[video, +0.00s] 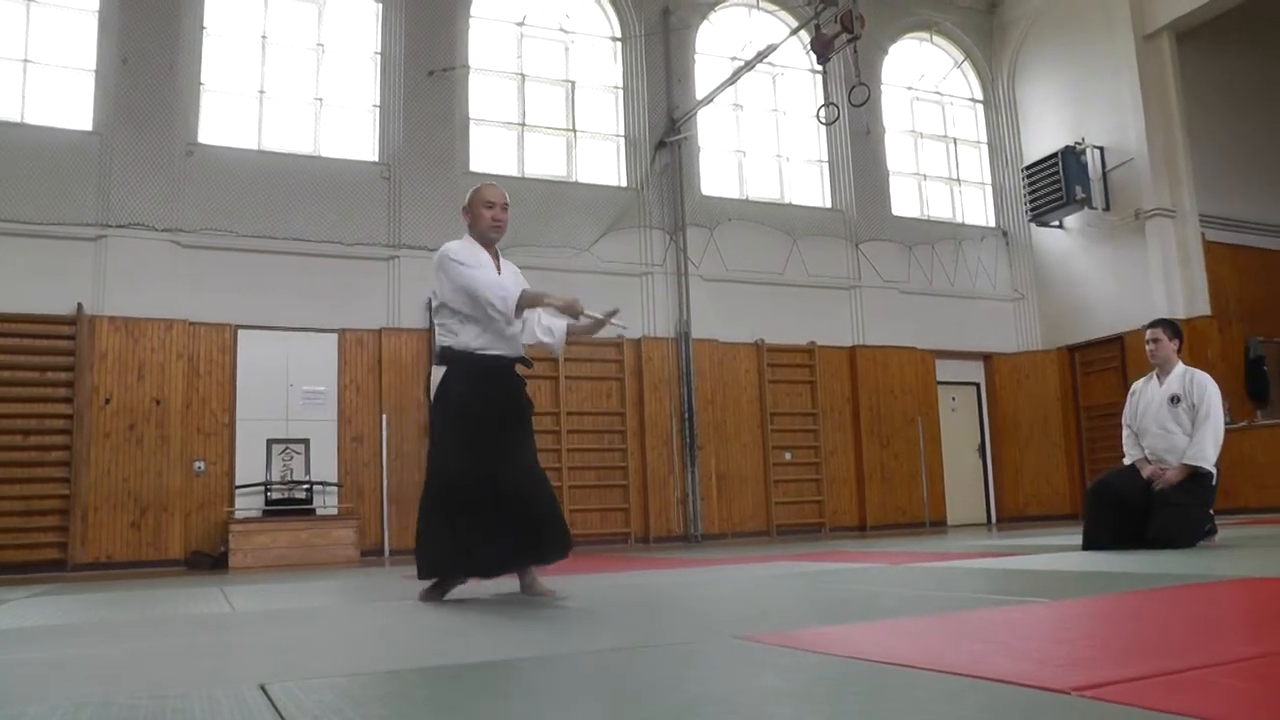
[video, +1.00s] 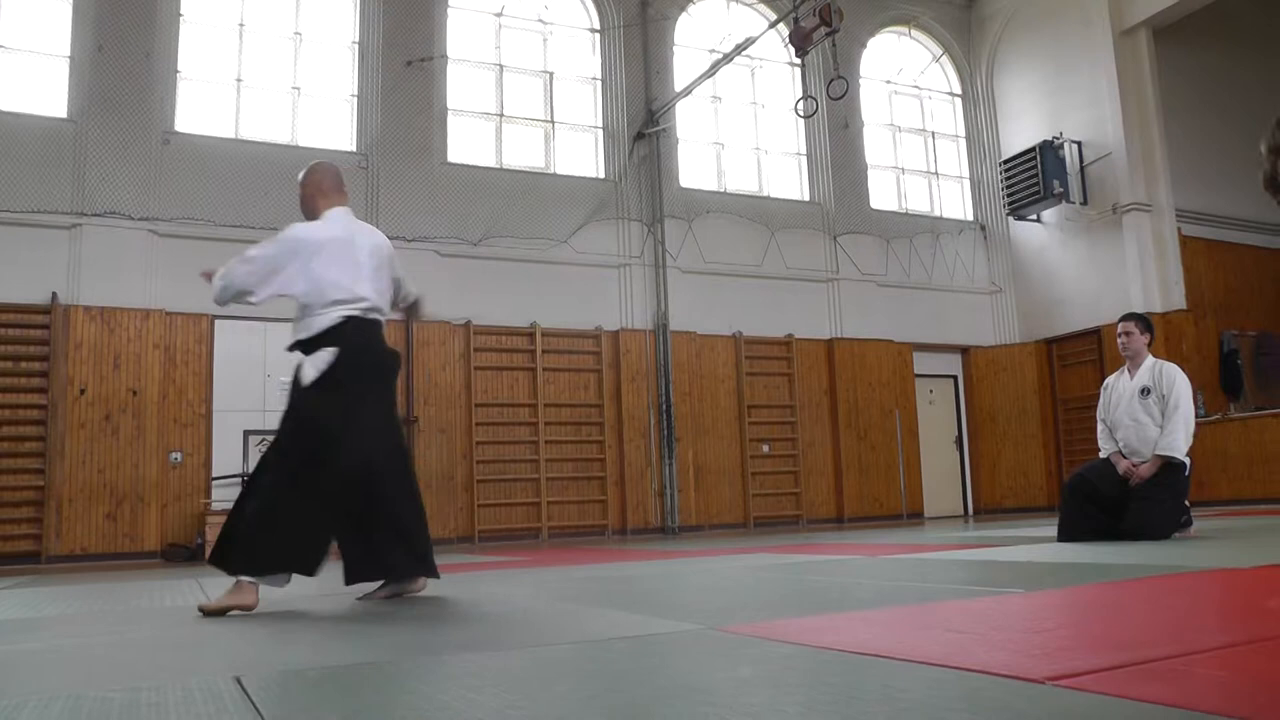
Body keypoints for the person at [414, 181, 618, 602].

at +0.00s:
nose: (499, 214)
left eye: (504, 208)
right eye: (489, 207)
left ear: (509, 218)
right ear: (468, 215)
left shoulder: (510, 273)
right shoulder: (453, 255)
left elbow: (532, 323)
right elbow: (496, 297)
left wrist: (584, 328)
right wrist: (553, 301)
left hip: (503, 382)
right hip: (464, 381)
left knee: (517, 477)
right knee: (460, 478)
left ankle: (527, 574)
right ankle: (453, 570)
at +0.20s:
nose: (472, 211)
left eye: (481, 205)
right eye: (464, 204)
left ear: (494, 213)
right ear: (453, 211)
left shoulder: (500, 269)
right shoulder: (438, 249)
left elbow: (534, 312)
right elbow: (482, 274)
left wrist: (584, 308)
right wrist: (546, 278)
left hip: (495, 376)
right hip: (449, 376)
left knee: (509, 471)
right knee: (437, 473)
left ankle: (518, 569)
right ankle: (441, 572)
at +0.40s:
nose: (425, 212)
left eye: (434, 204)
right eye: (419, 205)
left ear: (454, 209)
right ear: (411, 212)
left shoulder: (478, 261)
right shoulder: (398, 252)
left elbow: (524, 303)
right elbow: (404, 279)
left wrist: (562, 292)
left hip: (473, 376)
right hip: (422, 378)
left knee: (494, 469)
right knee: (406, 470)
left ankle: (511, 569)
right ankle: (419, 574)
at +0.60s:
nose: (369, 211)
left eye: (376, 203)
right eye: (366, 204)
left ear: (406, 205)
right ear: (370, 210)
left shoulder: (436, 254)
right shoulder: (362, 259)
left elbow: (479, 301)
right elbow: (323, 276)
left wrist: (451, 293)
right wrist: (296, 279)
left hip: (431, 376)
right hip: (386, 378)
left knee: (450, 469)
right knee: (382, 473)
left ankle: (488, 546)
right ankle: (412, 573)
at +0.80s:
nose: (330, 212)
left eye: (333, 201)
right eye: (329, 202)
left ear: (361, 198)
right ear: (361, 199)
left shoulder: (384, 242)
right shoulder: (376, 245)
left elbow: (354, 292)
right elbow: (341, 301)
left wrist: (288, 301)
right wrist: (286, 312)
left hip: (388, 375)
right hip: (383, 373)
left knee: (336, 460)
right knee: (398, 472)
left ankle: (370, 576)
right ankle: (407, 574)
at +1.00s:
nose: (301, 203)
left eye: (302, 196)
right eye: (302, 196)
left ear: (311, 194)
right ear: (343, 193)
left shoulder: (301, 236)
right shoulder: (376, 239)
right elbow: (400, 291)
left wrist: (221, 281)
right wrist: (411, 301)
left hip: (330, 357)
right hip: (374, 356)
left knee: (286, 464)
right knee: (379, 460)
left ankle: (245, 582)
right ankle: (407, 570)